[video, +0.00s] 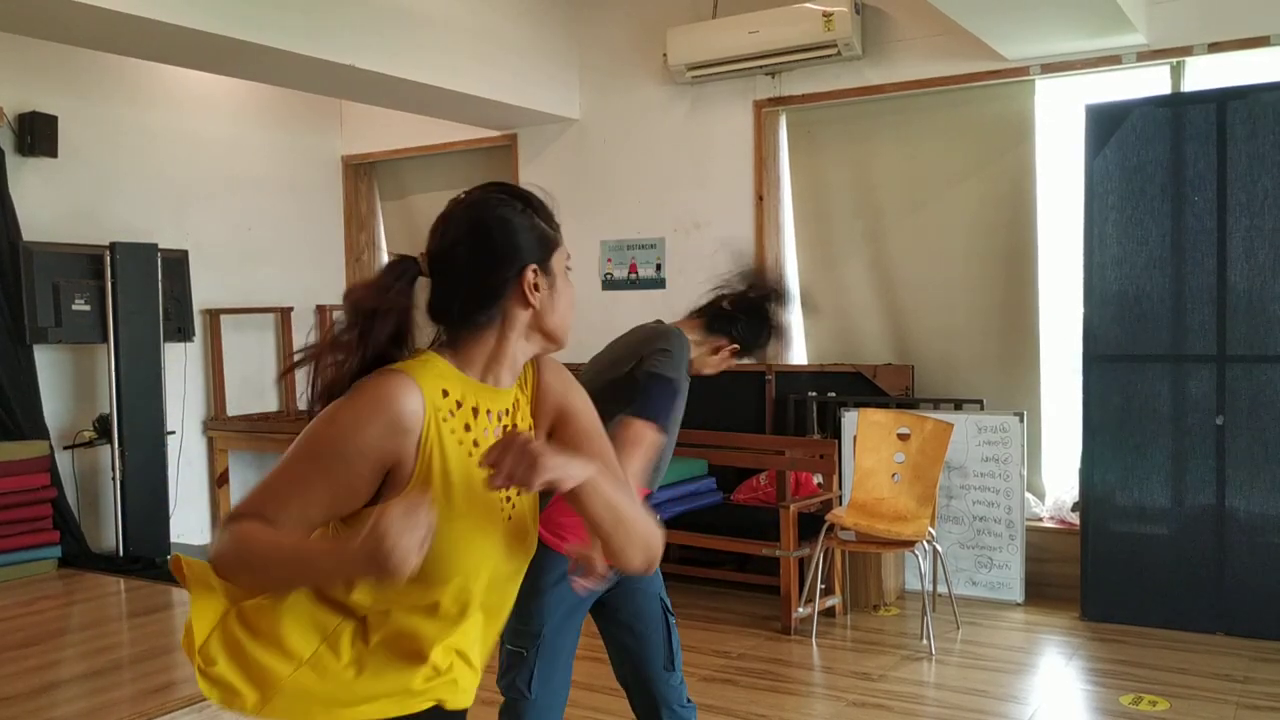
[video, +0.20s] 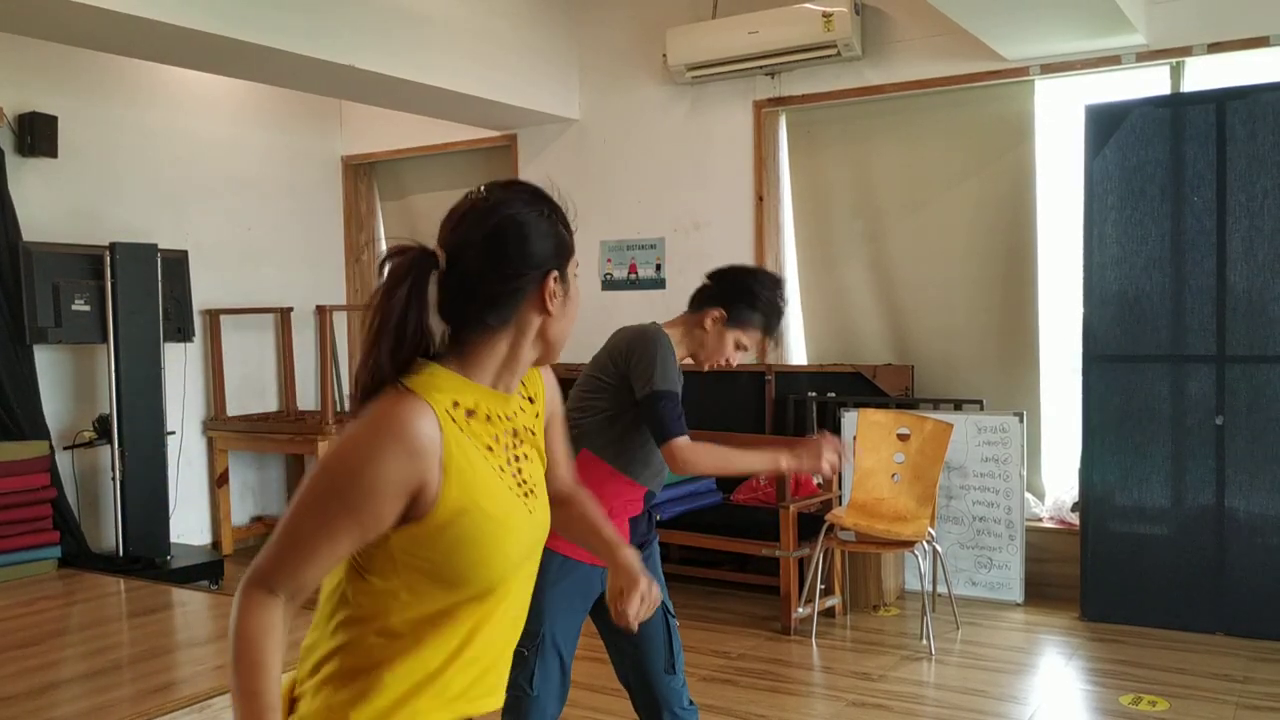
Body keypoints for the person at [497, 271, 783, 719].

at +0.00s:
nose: (719, 372)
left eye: (728, 366)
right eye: (730, 364)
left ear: (700, 316)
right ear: (725, 348)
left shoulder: (649, 340)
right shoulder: (668, 351)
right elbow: (633, 442)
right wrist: (605, 540)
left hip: (622, 546)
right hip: (564, 544)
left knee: (663, 695)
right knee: (534, 700)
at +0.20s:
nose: (734, 362)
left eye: (745, 354)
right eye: (739, 346)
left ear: (711, 317)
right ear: (712, 317)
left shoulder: (665, 358)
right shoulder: (647, 345)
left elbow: (690, 444)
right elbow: (681, 457)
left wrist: (791, 449)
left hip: (628, 542)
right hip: (571, 540)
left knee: (666, 698)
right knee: (535, 696)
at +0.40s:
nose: (695, 304)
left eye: (710, 294)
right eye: (685, 287)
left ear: (722, 299)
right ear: (661, 283)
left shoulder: (684, 374)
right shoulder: (623, 338)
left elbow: (656, 462)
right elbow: (591, 444)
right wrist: (685, 460)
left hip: (641, 540)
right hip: (572, 537)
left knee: (668, 690)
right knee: (538, 687)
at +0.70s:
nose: (513, 297)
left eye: (518, 282)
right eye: (509, 285)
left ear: (553, 273)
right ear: (532, 279)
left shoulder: (628, 348)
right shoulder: (534, 345)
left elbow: (706, 425)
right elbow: (523, 430)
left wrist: (764, 498)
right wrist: (460, 464)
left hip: (628, 542)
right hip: (549, 534)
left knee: (664, 693)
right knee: (519, 689)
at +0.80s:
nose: (479, 333)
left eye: (472, 323)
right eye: (472, 323)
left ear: (481, 322)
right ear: (520, 287)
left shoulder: (560, 357)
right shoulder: (538, 352)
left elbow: (635, 439)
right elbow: (564, 441)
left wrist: (685, 526)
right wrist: (502, 439)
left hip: (619, 543)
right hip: (554, 536)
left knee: (662, 692)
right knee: (529, 679)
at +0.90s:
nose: (477, 349)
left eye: (467, 343)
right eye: (470, 345)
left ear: (471, 331)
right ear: (506, 296)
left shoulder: (535, 358)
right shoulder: (558, 341)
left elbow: (570, 476)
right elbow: (636, 409)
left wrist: (578, 584)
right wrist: (589, 463)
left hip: (613, 551)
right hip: (552, 543)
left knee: (653, 700)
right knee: (517, 671)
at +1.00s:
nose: (477, 345)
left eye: (469, 336)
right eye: (471, 338)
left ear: (473, 324)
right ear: (512, 293)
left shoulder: (534, 350)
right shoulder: (558, 338)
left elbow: (541, 469)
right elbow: (635, 412)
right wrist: (600, 481)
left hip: (608, 541)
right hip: (550, 539)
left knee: (649, 693)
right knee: (519, 680)